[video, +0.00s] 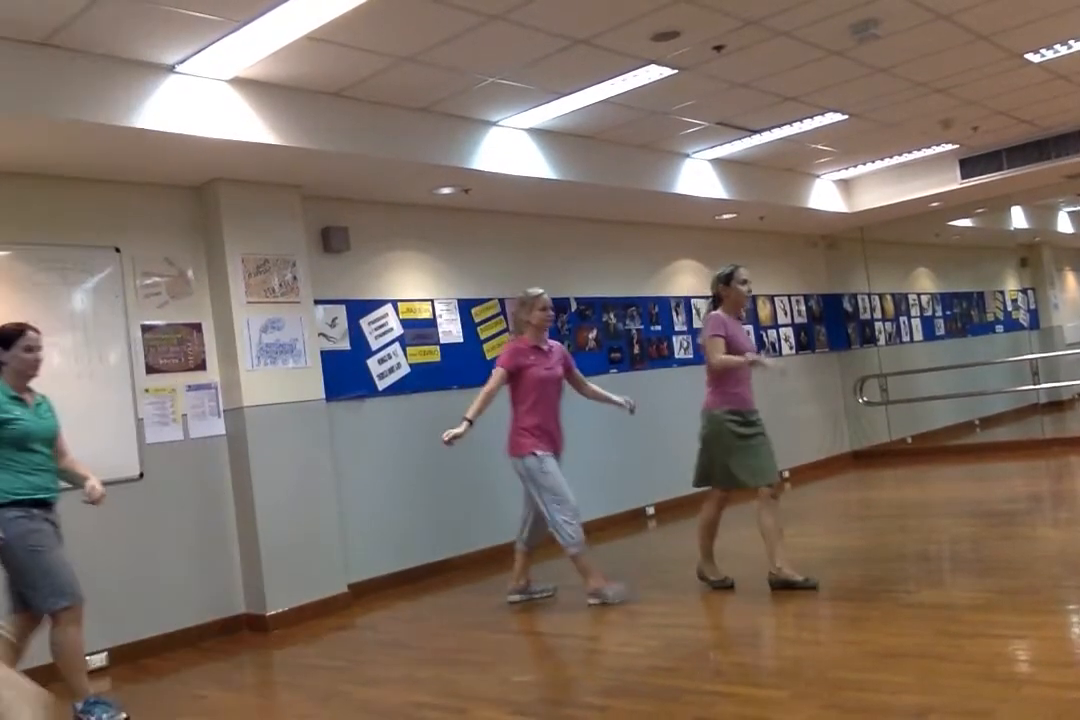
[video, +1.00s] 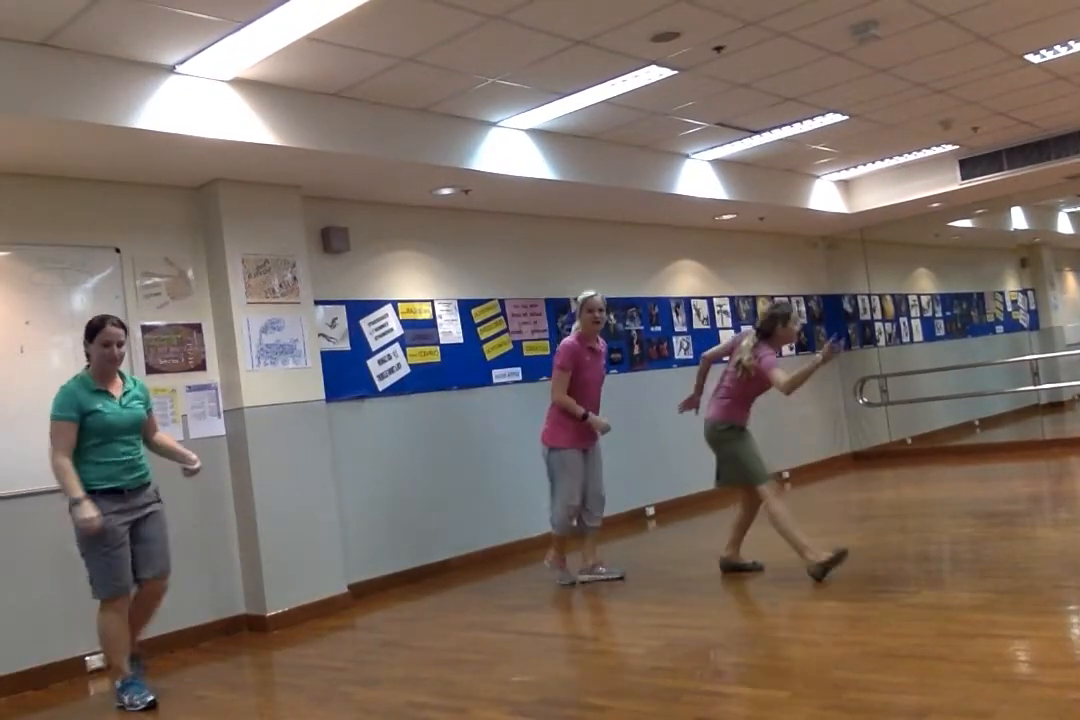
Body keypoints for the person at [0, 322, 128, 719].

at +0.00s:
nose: (37, 357)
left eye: (39, 350)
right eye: (28, 350)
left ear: (40, 355)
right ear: (5, 355)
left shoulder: (42, 403)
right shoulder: (1, 398)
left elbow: (60, 458)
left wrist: (87, 476)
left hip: (44, 511)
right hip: (13, 513)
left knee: (27, 613)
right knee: (67, 604)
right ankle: (85, 702)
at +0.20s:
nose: (78, 350)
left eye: (78, 343)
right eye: (69, 344)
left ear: (73, 348)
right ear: (43, 350)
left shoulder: (74, 391)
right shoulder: (32, 397)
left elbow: (87, 449)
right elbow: (22, 462)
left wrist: (120, 481)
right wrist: (47, 518)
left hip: (89, 505)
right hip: (56, 511)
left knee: (129, 590)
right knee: (88, 608)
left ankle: (77, 673)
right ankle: (87, 704)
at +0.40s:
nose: (109, 344)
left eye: (109, 338)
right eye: (101, 339)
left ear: (101, 344)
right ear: (74, 344)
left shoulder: (111, 388)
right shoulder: (57, 389)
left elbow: (124, 447)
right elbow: (49, 453)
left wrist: (154, 480)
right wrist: (106, 479)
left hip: (126, 500)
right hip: (81, 506)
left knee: (157, 586)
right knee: (98, 602)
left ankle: (189, 674)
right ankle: (88, 702)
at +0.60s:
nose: (134, 347)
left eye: (136, 341)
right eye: (126, 341)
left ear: (137, 344)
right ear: (101, 345)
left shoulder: (146, 389)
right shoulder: (80, 390)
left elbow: (166, 442)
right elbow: (74, 452)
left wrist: (194, 478)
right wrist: (127, 453)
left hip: (154, 497)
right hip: (105, 504)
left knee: (178, 583)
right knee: (127, 594)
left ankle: (190, 675)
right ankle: (123, 685)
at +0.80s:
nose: (124, 352)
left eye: (128, 345)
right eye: (115, 345)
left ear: (133, 349)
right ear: (95, 348)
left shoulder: (138, 390)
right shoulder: (78, 394)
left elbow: (153, 443)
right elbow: (76, 458)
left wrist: (188, 460)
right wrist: (130, 478)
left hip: (149, 498)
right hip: (103, 507)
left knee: (173, 581)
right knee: (127, 595)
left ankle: (190, 673)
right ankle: (127, 682)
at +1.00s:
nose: (115, 352)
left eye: (120, 345)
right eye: (106, 345)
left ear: (127, 348)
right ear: (89, 347)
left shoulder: (137, 388)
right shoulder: (72, 395)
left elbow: (152, 435)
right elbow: (60, 456)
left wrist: (183, 454)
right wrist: (81, 501)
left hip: (144, 497)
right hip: (100, 505)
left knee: (156, 582)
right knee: (116, 596)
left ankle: (126, 645)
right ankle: (122, 682)